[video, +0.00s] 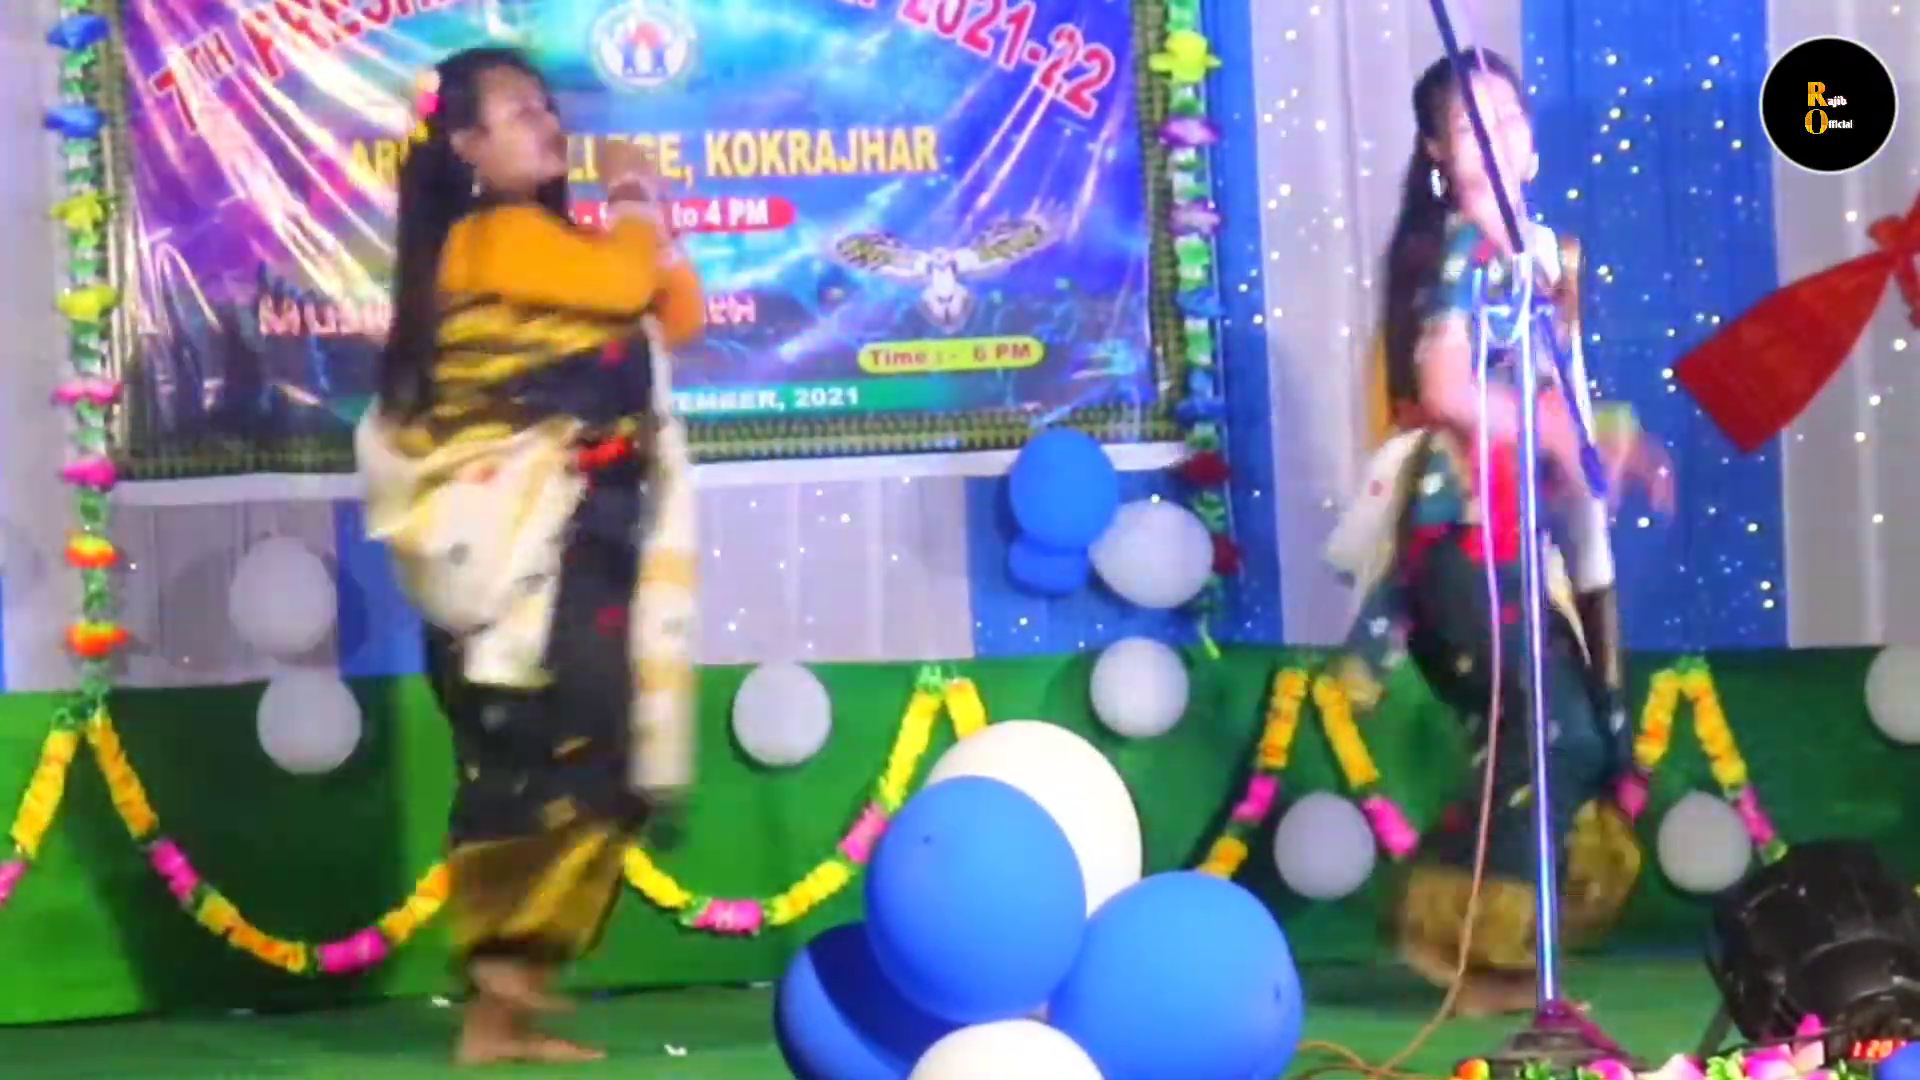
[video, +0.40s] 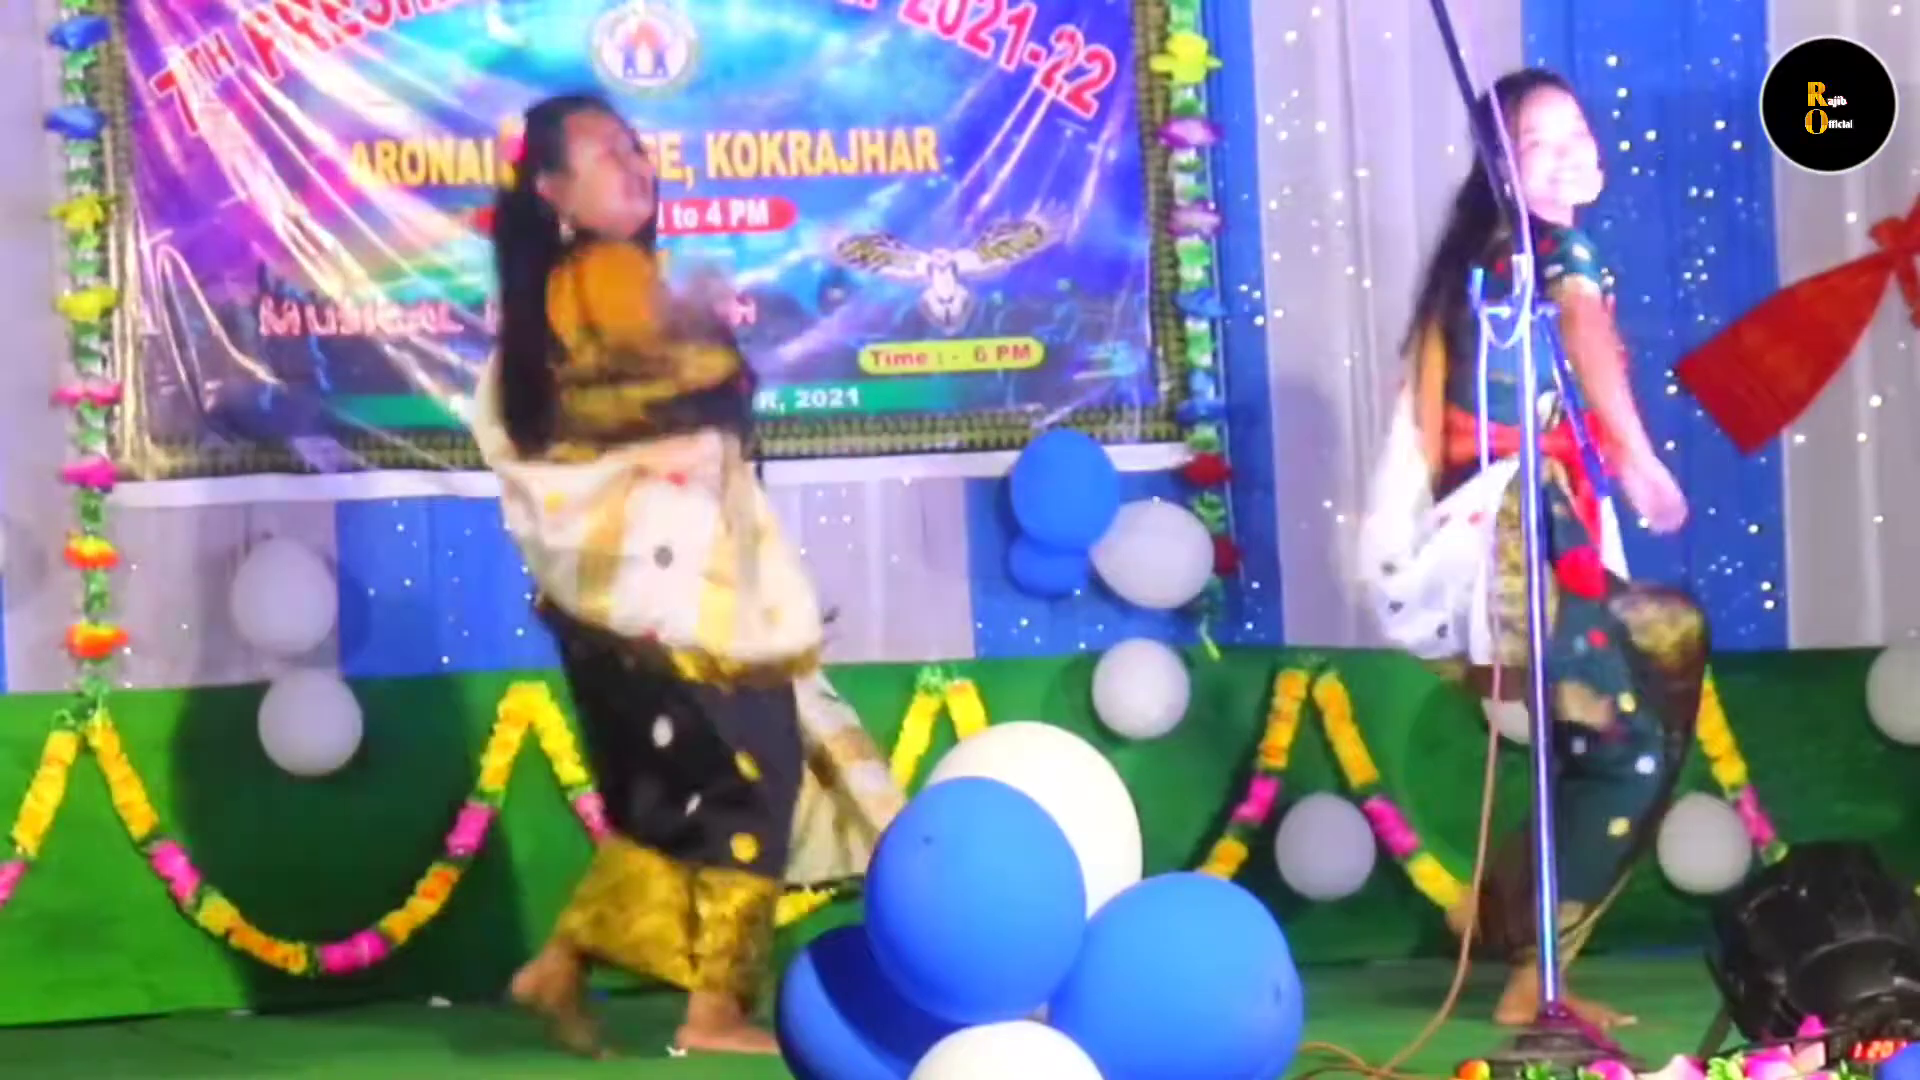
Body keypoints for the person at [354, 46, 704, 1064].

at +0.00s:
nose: (550, 125)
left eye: (547, 108)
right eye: (523, 115)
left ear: (547, 132)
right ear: (469, 148)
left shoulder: (528, 237)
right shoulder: (493, 236)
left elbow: (678, 318)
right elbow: (632, 280)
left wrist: (639, 213)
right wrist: (637, 202)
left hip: (550, 546)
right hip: (529, 549)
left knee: (563, 765)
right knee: (566, 766)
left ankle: (511, 1007)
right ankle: (497, 1013)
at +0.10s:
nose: (580, 114)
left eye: (570, 98)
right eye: (555, 102)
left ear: (489, 138)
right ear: (498, 131)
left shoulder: (460, 245)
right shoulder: (561, 230)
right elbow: (677, 326)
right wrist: (714, 280)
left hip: (502, 560)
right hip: (595, 549)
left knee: (543, 764)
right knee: (690, 708)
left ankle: (511, 1003)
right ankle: (635, 953)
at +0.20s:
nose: (596, 145)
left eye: (586, 127)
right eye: (569, 133)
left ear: (504, 169)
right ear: (515, 162)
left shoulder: (469, 282)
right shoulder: (589, 268)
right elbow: (687, 371)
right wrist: (783, 400)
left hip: (527, 588)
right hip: (634, 576)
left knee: (575, 792)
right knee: (723, 746)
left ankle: (524, 1018)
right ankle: (715, 986)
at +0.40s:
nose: (644, 165)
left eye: (637, 148)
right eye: (616, 155)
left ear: (570, 199)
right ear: (558, 193)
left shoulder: (555, 283)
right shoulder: (612, 274)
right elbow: (682, 379)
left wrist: (700, 333)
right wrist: (727, 351)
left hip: (606, 594)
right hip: (681, 588)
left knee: (661, 800)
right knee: (759, 779)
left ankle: (559, 968)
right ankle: (716, 1012)